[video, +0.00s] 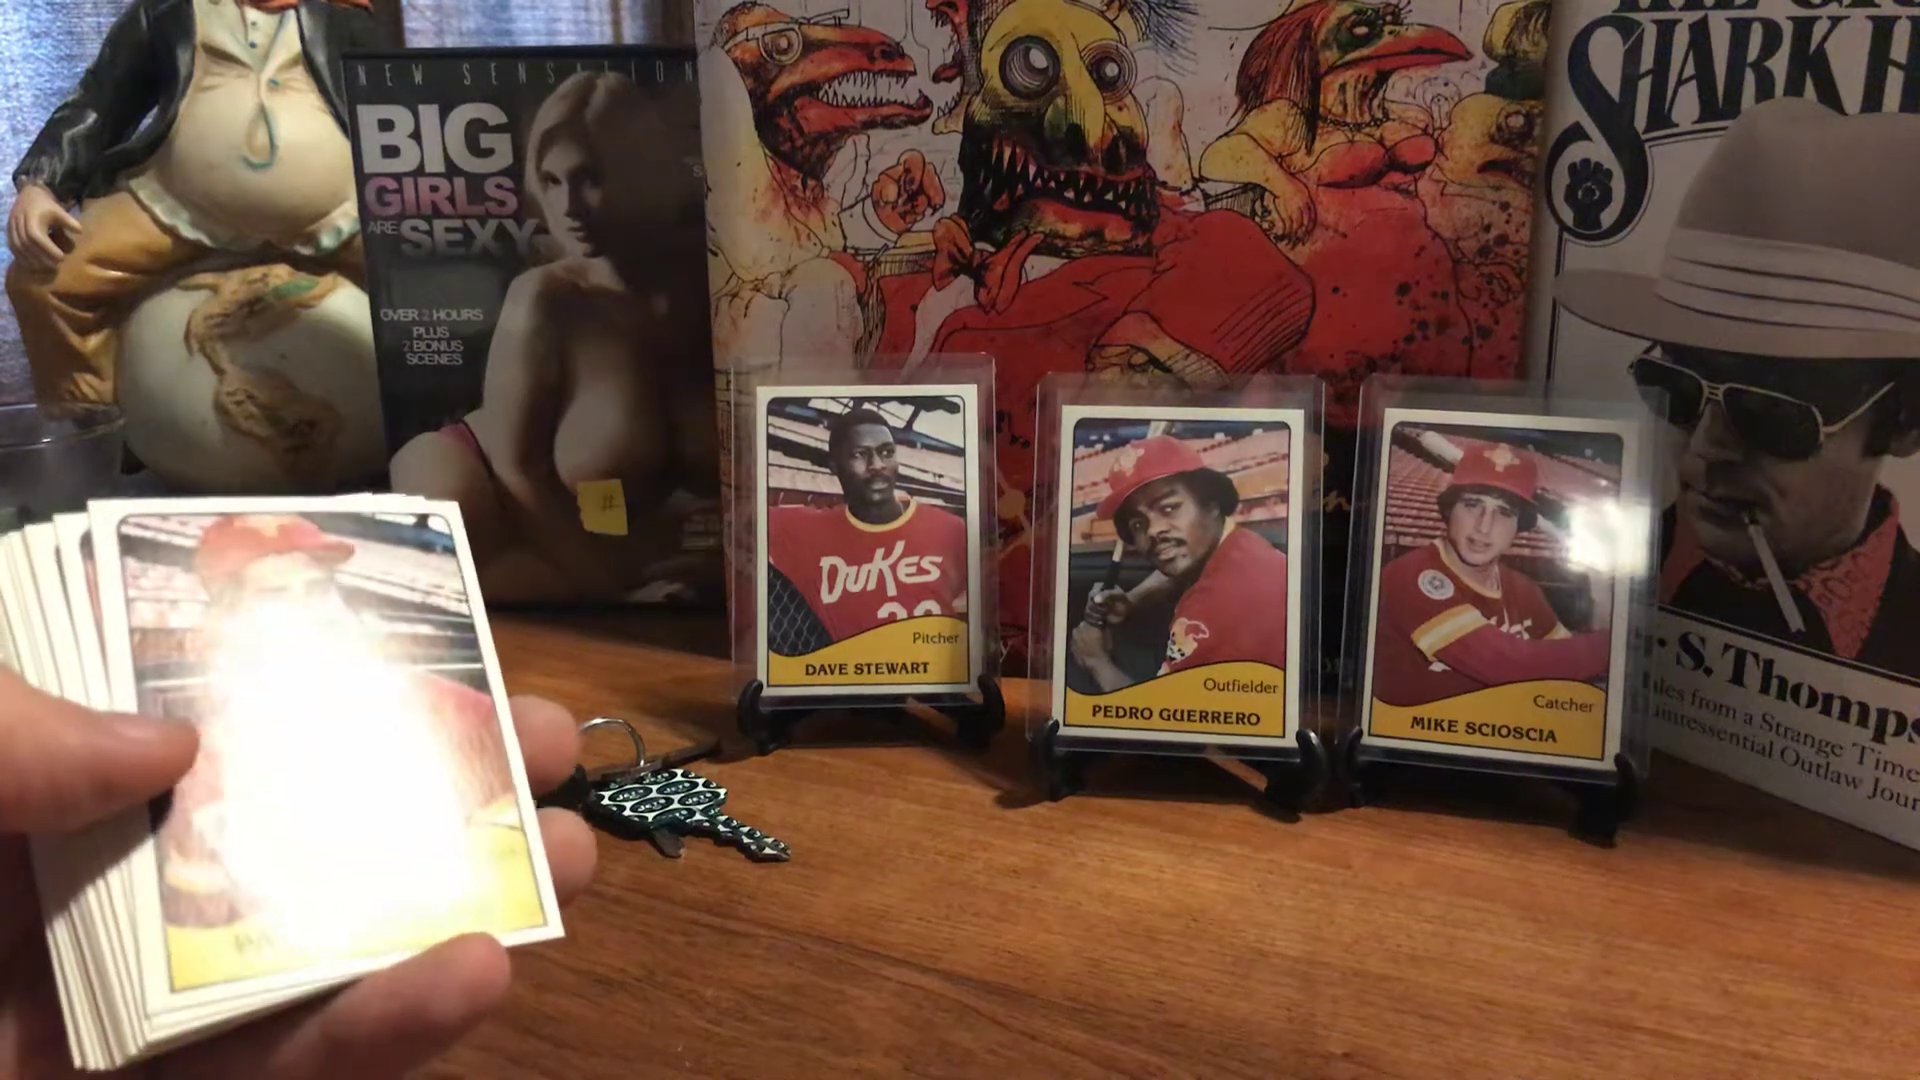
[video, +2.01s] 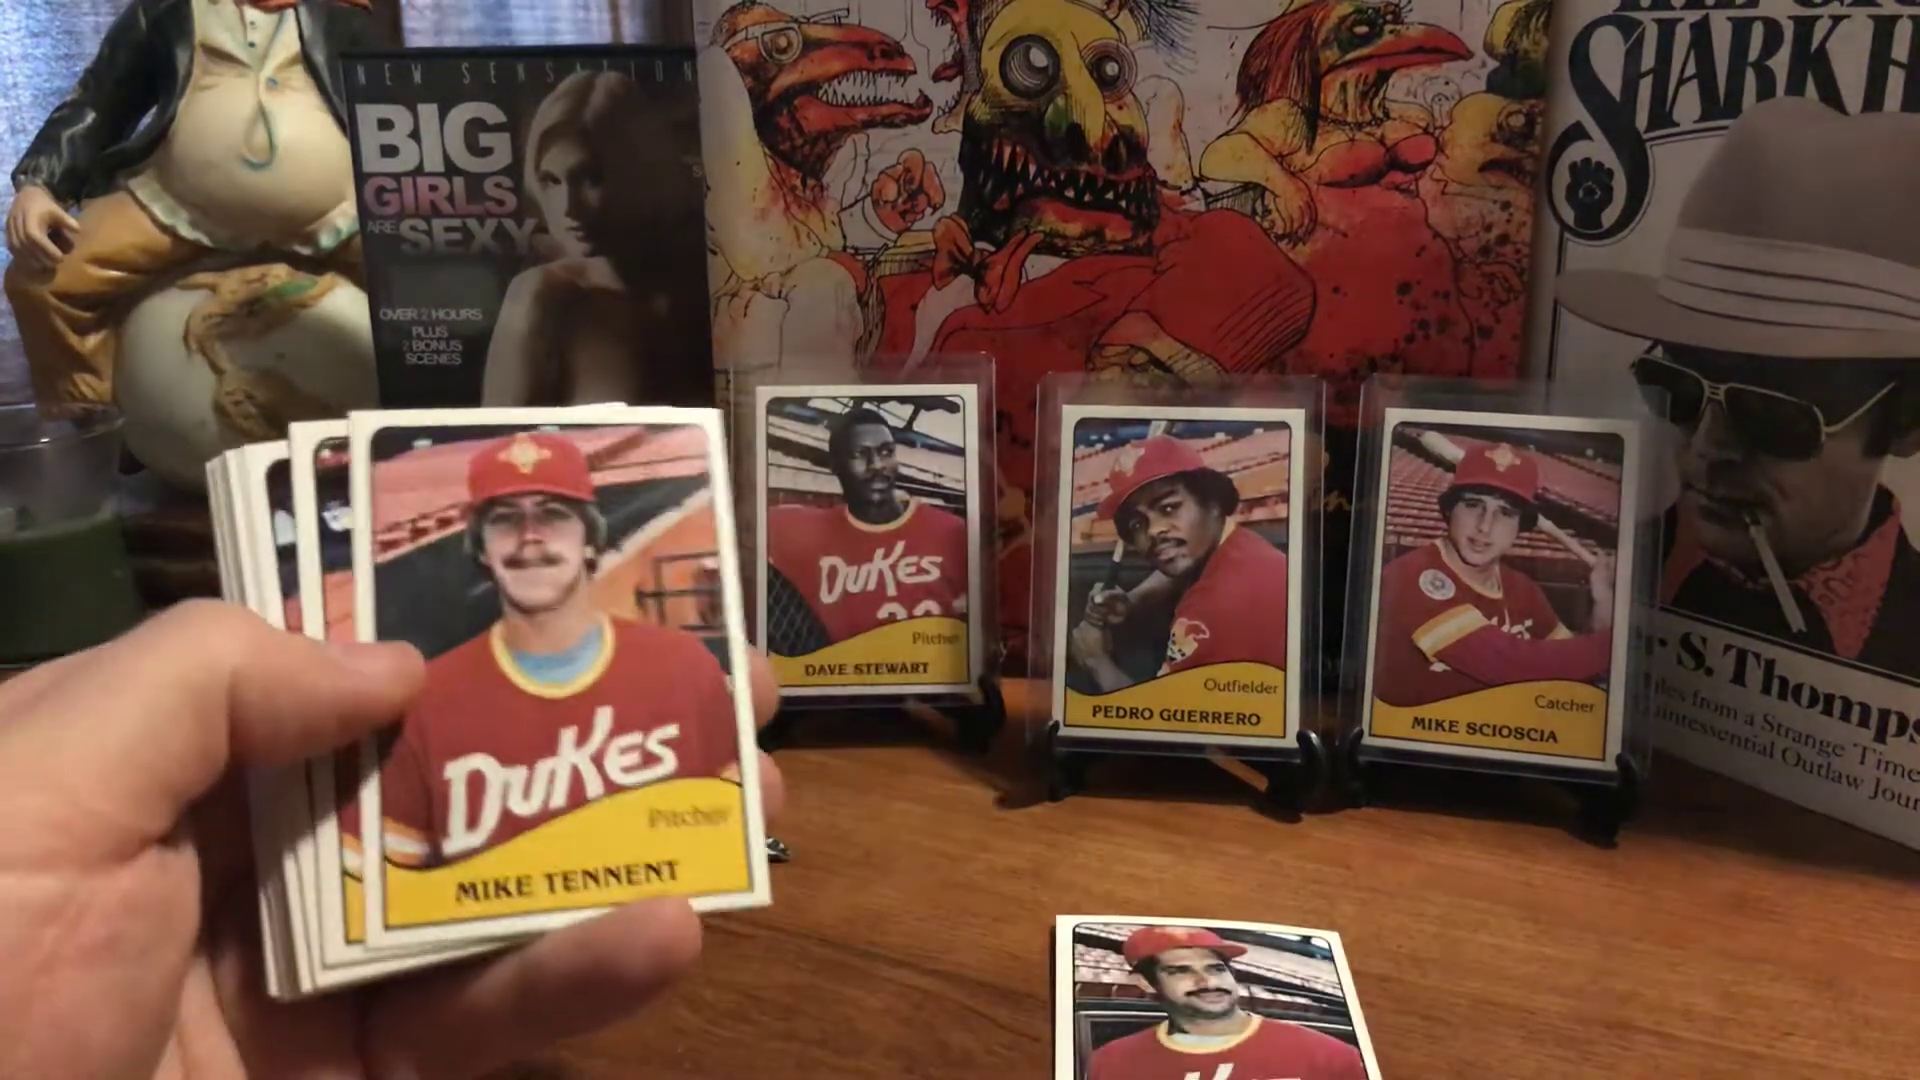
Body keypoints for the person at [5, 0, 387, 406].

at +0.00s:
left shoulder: (349, 20)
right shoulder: (165, 12)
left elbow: (402, 112)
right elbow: (97, 104)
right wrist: (36, 183)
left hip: (339, 211)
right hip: (178, 207)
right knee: (44, 282)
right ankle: (101, 446)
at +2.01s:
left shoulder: (348, 18)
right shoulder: (163, 13)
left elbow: (400, 101)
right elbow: (99, 100)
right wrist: (36, 182)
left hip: (338, 211)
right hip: (179, 204)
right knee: (42, 284)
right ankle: (103, 446)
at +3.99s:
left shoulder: (351, 15)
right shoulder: (163, 11)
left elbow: (399, 98)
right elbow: (97, 99)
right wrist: (33, 180)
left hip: (336, 210)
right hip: (176, 204)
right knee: (41, 280)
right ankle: (94, 444)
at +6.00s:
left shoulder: (348, 19)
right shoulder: (164, 11)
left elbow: (400, 107)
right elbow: (94, 103)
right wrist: (32, 181)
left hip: (338, 212)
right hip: (176, 207)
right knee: (41, 280)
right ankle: (98, 443)